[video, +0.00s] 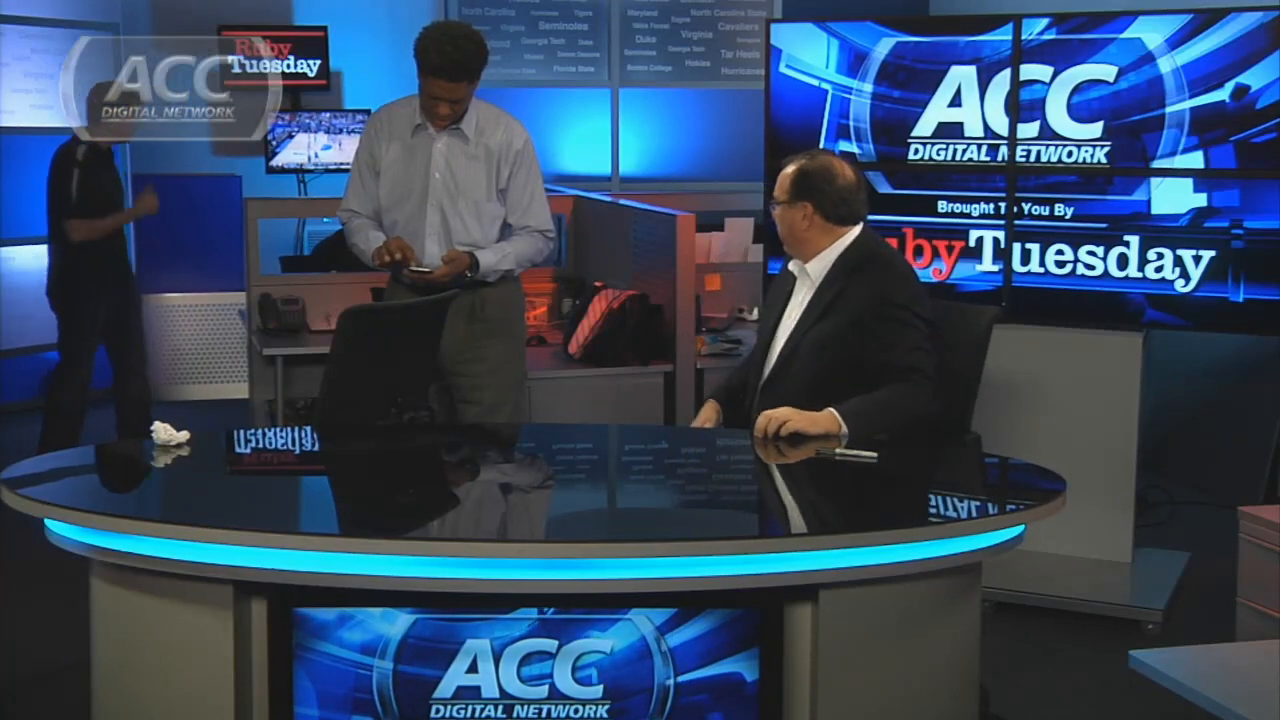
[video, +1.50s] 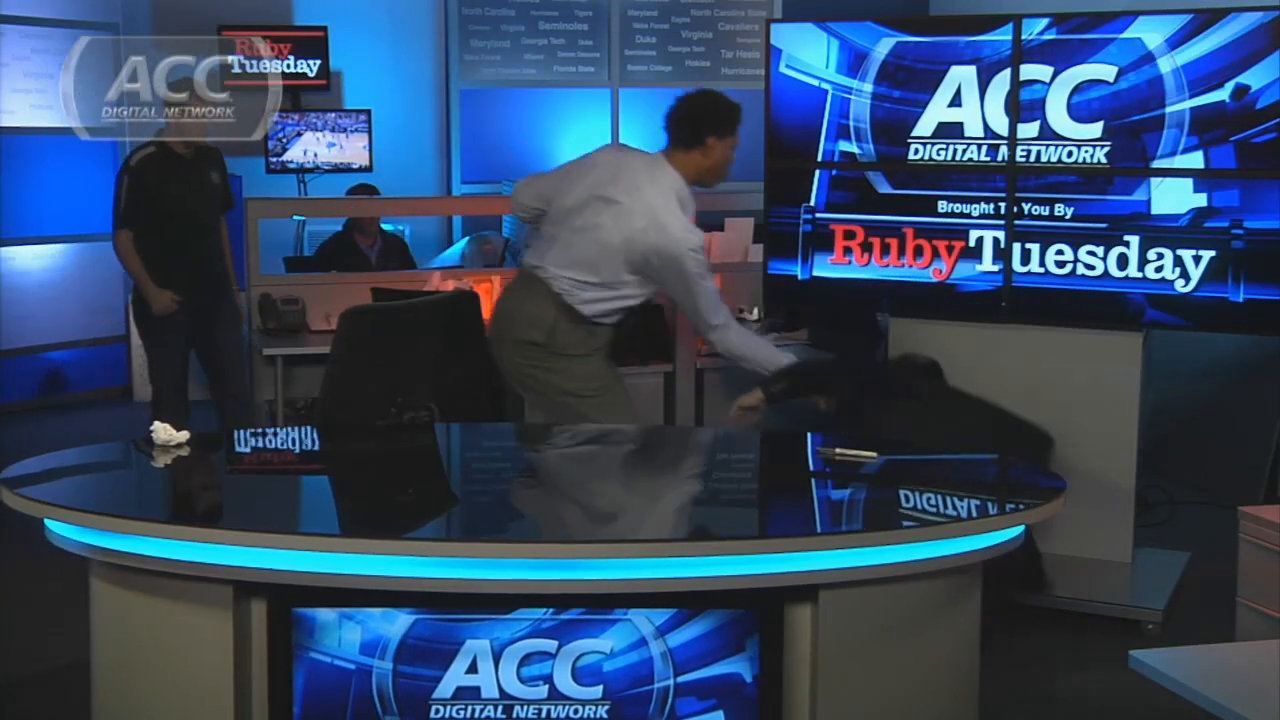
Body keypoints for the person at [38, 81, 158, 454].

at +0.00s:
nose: (134, 124)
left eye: (135, 115)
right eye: (128, 115)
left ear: (109, 117)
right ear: (107, 116)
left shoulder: (102, 157)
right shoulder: (72, 157)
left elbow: (98, 224)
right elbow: (74, 229)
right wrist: (134, 212)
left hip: (112, 282)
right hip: (79, 285)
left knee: (131, 370)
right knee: (75, 374)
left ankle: (135, 454)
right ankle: (53, 462)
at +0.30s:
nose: (164, 123)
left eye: (164, 114)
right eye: (156, 113)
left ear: (147, 117)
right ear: (132, 113)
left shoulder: (138, 158)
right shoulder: (102, 155)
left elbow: (139, 227)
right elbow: (94, 226)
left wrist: (151, 281)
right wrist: (115, 289)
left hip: (145, 282)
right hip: (112, 284)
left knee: (150, 376)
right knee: (117, 374)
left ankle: (143, 465)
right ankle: (67, 460)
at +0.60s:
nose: (178, 121)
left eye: (182, 114)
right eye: (171, 113)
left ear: (185, 117)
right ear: (151, 113)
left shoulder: (173, 162)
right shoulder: (118, 155)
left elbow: (170, 237)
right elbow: (83, 220)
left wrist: (184, 289)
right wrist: (81, 281)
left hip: (165, 285)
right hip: (123, 284)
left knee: (155, 379)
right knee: (136, 379)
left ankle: (148, 463)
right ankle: (128, 461)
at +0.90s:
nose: (182, 125)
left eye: (186, 116)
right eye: (173, 116)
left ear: (192, 120)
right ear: (155, 118)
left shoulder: (191, 166)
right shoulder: (123, 164)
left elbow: (195, 233)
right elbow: (95, 233)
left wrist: (205, 292)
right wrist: (96, 298)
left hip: (183, 295)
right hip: (137, 295)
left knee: (174, 386)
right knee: (150, 387)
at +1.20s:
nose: (181, 121)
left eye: (186, 112)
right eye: (172, 112)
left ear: (192, 115)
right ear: (154, 114)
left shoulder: (197, 157)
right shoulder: (124, 161)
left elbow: (207, 224)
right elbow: (104, 235)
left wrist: (218, 284)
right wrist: (122, 292)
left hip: (198, 290)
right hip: (149, 295)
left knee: (206, 383)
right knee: (159, 388)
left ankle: (199, 458)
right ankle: (165, 470)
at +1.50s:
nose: (202, 121)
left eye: (204, 112)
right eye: (194, 112)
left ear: (208, 115)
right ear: (174, 115)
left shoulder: (212, 159)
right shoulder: (140, 164)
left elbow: (219, 226)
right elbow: (123, 239)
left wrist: (232, 286)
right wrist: (151, 291)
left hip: (213, 294)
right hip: (163, 299)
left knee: (232, 390)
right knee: (170, 397)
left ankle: (242, 470)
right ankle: (173, 480)